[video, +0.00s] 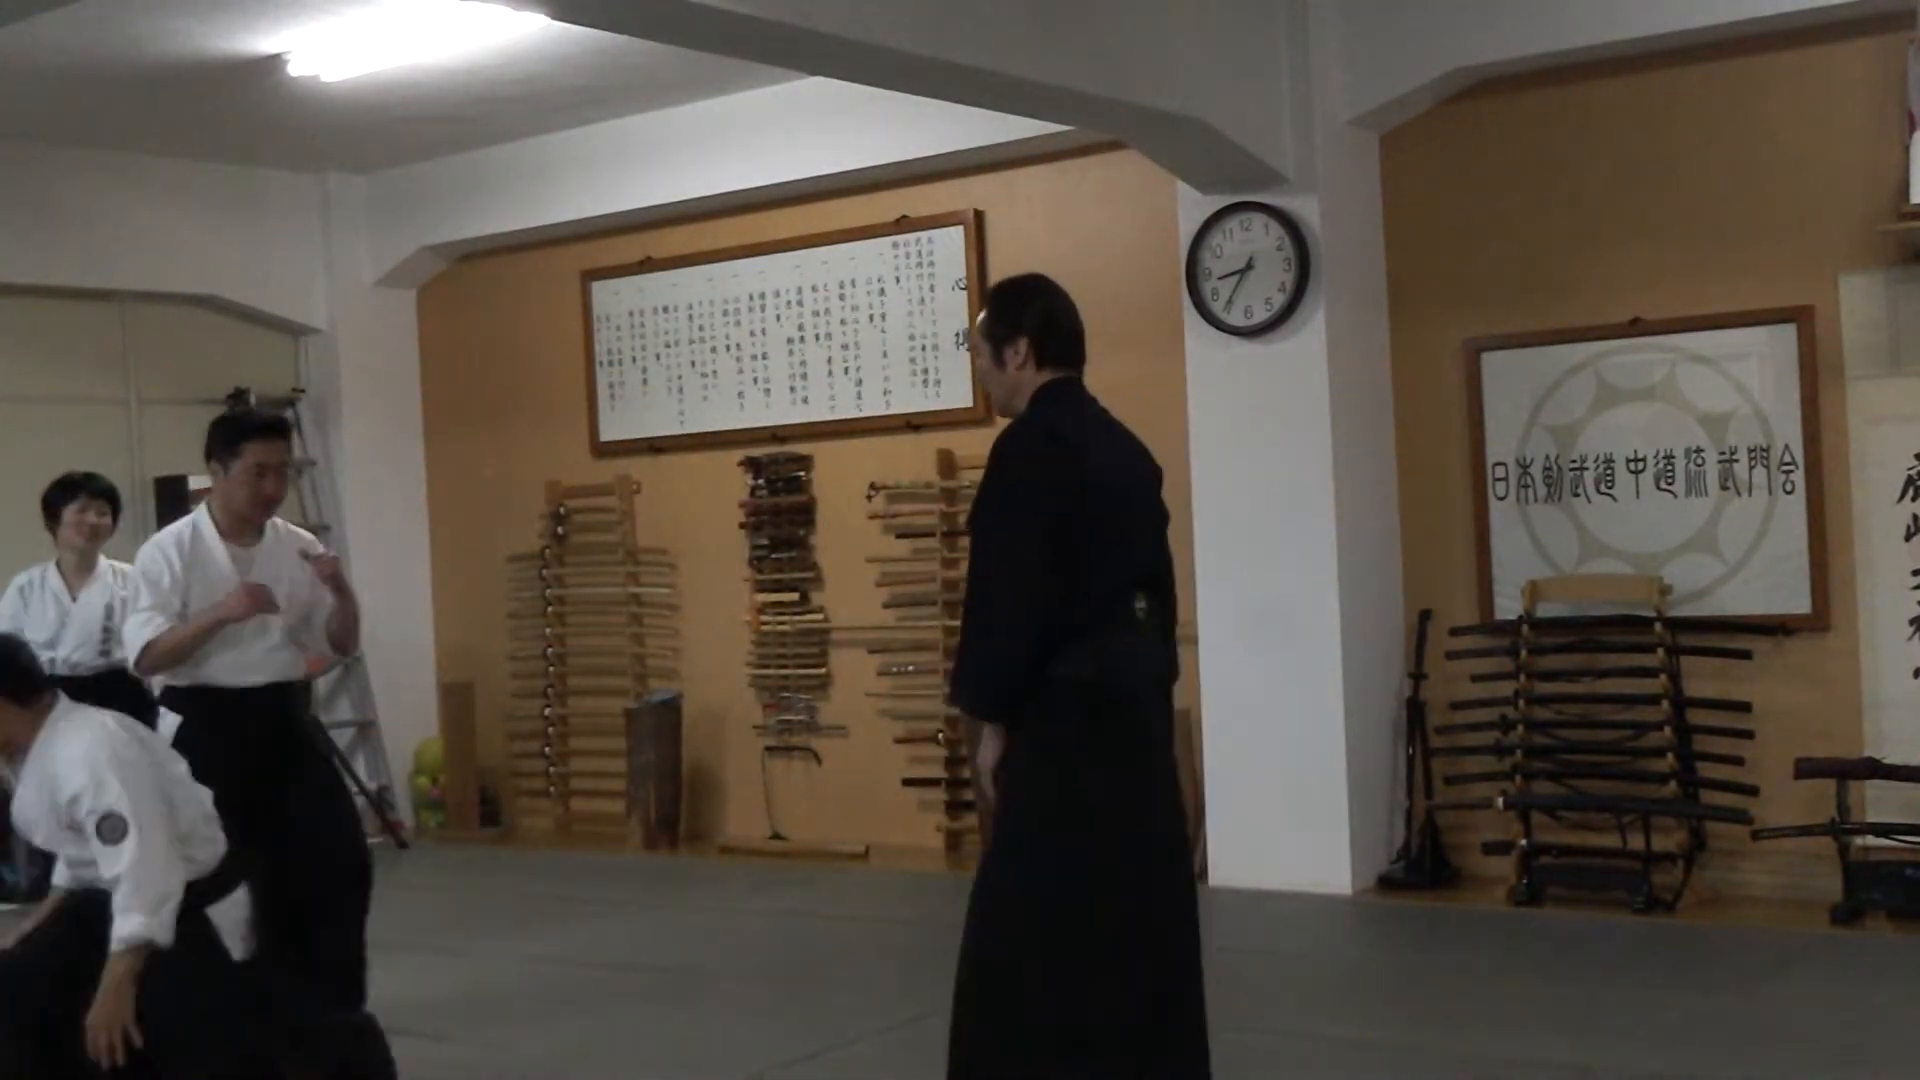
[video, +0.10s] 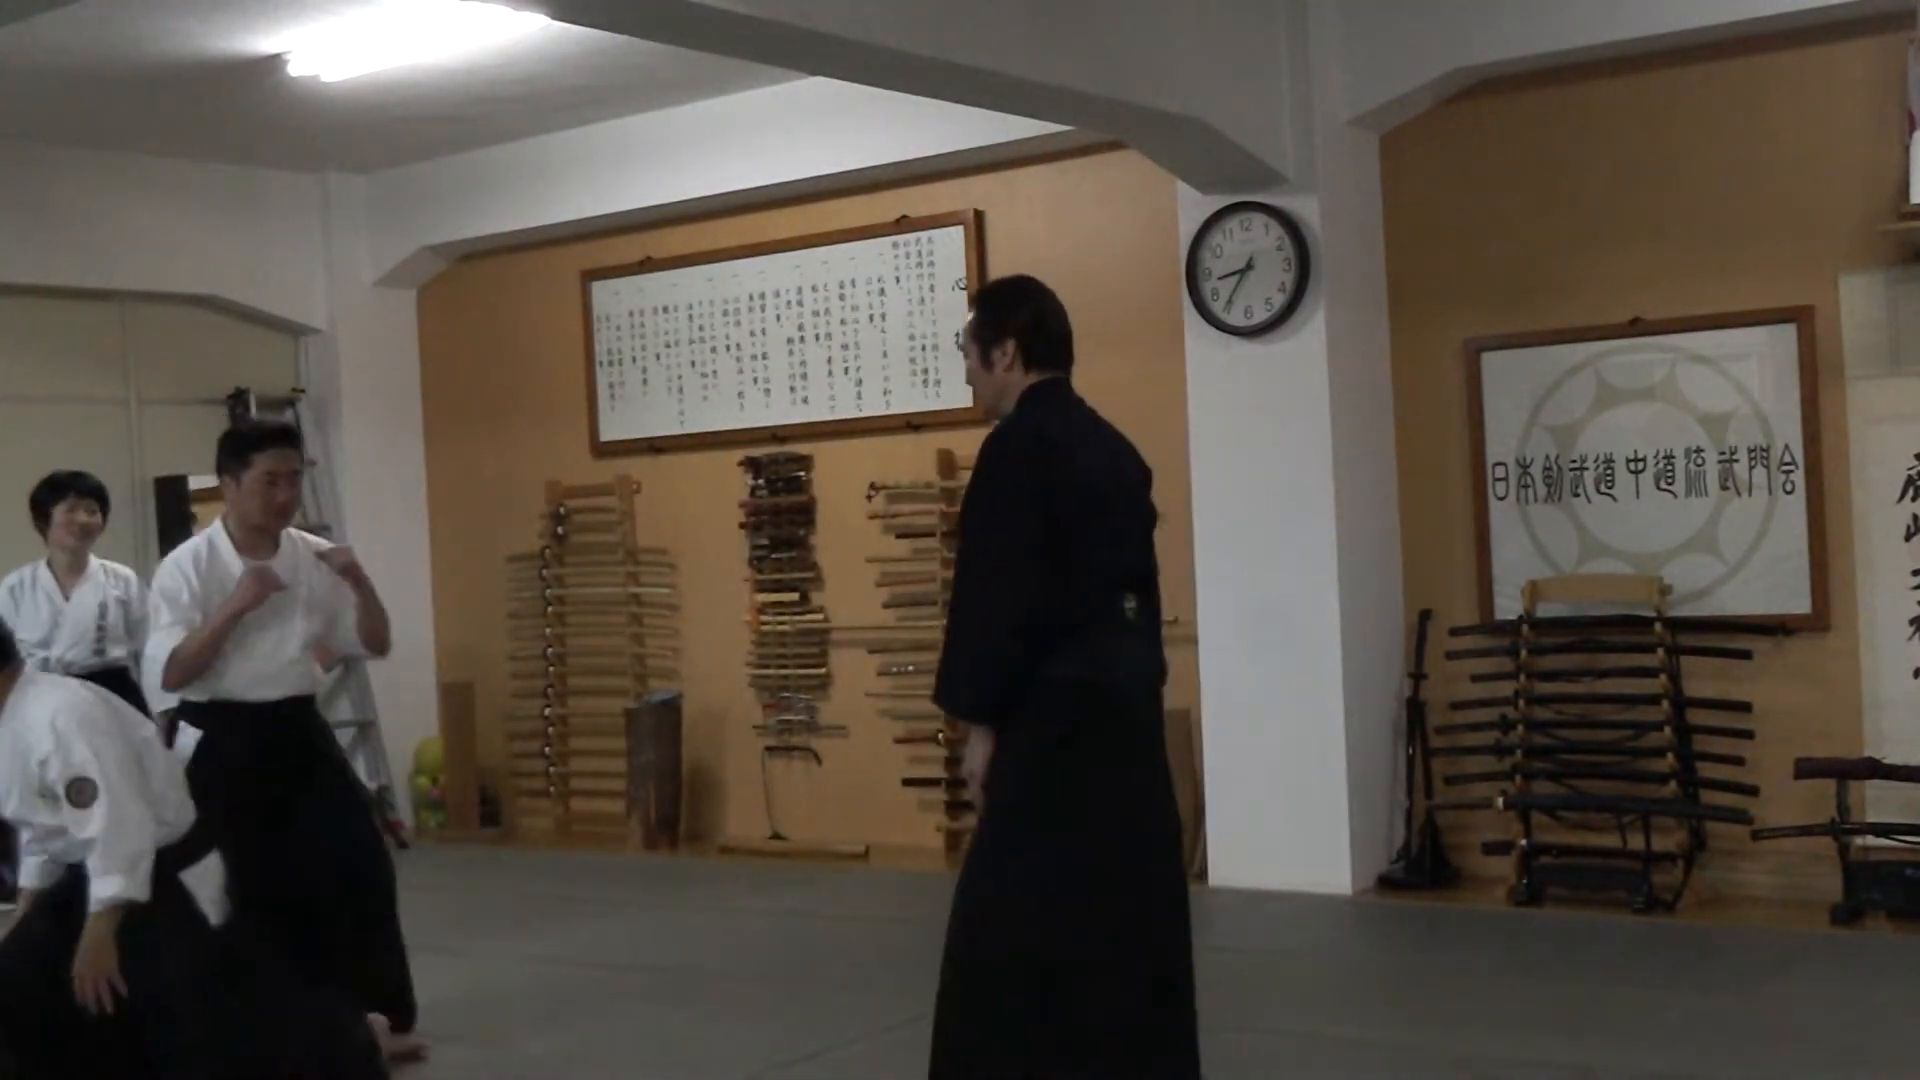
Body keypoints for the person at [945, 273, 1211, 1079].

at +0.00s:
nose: (981, 373)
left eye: (983, 354)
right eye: (979, 355)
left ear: (1020, 352)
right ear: (1059, 352)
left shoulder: (1026, 447)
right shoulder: (1122, 445)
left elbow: (1004, 593)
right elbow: (1153, 597)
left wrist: (992, 722)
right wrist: (1142, 694)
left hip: (1056, 724)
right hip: (1132, 719)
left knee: (1029, 935)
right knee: (1132, 927)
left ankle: (1035, 1069)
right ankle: (1135, 1065)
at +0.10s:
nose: (967, 372)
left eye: (972, 352)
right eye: (967, 354)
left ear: (1008, 352)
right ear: (1043, 353)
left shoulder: (1015, 448)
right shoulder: (1112, 446)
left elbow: (991, 593)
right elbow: (1132, 601)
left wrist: (980, 723)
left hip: (1047, 729)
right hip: (1122, 723)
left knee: (1005, 925)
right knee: (1121, 919)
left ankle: (1009, 1068)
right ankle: (1126, 1064)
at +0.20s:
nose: (955, 374)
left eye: (958, 356)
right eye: (953, 357)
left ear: (993, 353)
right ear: (1032, 354)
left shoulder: (1004, 447)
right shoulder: (1097, 447)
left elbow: (985, 593)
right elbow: (1107, 604)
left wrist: (972, 728)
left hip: (1034, 728)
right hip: (1109, 722)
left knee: (1002, 934)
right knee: (1109, 924)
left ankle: (1009, 1068)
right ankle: (1114, 1065)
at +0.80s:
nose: (872, 378)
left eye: (875, 363)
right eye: (872, 364)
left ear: (901, 361)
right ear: (959, 361)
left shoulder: (885, 459)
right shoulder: (1020, 458)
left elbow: (858, 598)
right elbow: (1027, 597)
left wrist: (856, 731)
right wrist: (1016, 704)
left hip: (926, 716)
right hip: (1011, 709)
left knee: (922, 914)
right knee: (1012, 907)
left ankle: (925, 1063)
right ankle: (1022, 1062)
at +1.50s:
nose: (902, 386)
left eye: (903, 369)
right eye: (901, 370)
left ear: (928, 367)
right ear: (985, 361)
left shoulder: (911, 469)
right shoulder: (1060, 457)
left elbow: (897, 619)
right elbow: (1087, 596)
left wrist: (904, 746)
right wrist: (1052, 681)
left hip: (975, 716)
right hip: (1070, 709)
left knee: (957, 903)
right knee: (1068, 899)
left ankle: (966, 1065)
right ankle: (1081, 1062)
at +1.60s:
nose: (941, 399)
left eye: (941, 381)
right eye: (937, 382)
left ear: (970, 371)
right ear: (1023, 367)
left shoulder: (966, 471)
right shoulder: (1089, 464)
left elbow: (941, 624)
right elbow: (1104, 610)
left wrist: (938, 761)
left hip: (1003, 731)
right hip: (1097, 716)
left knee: (971, 918)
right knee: (1094, 907)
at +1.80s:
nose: (1023, 409)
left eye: (1023, 385)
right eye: (1017, 389)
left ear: (1064, 368)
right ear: (1085, 369)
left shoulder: (1081, 463)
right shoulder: (1175, 458)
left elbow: (1055, 610)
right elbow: (1184, 609)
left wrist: (1048, 744)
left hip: (1116, 739)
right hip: (1199, 723)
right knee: (1192, 928)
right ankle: (1216, 1069)